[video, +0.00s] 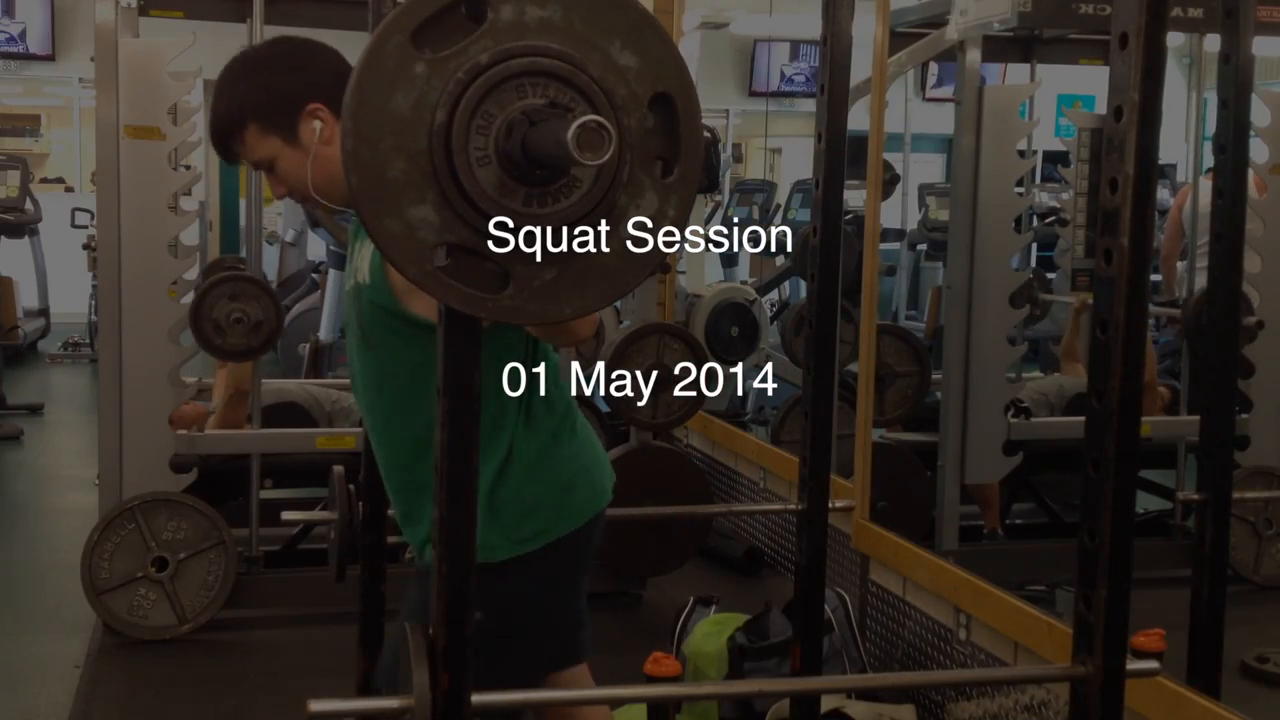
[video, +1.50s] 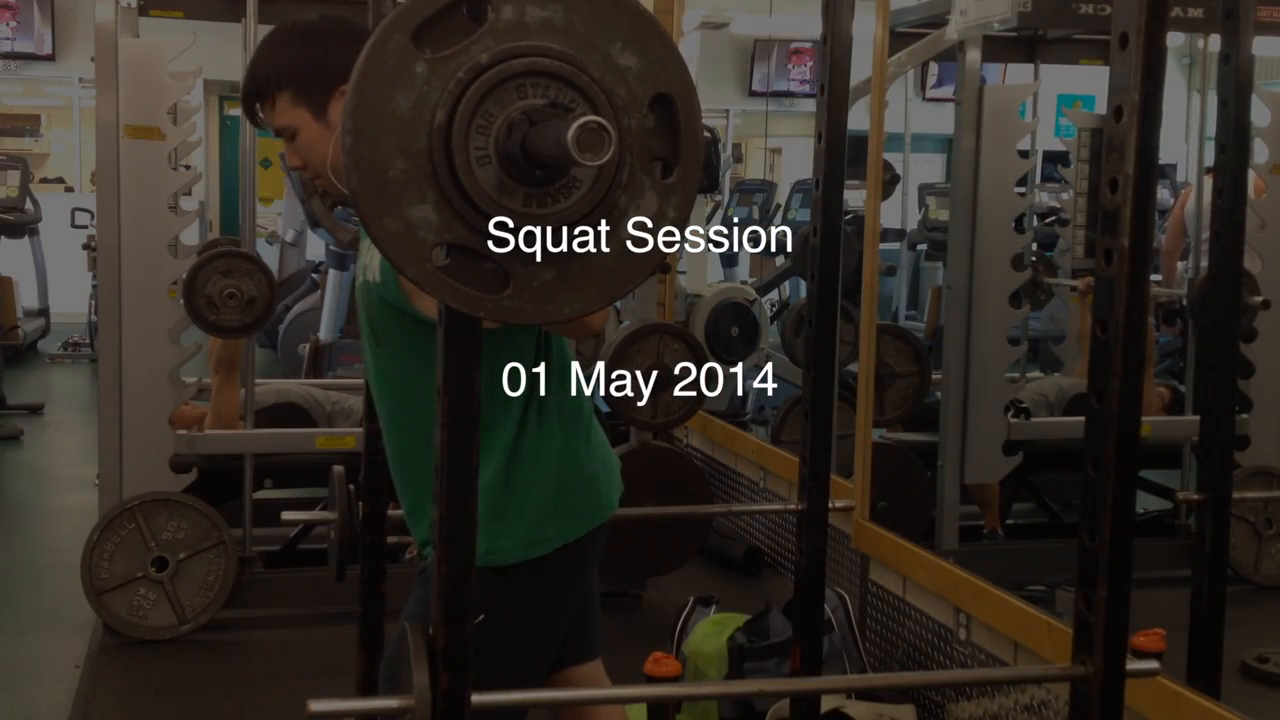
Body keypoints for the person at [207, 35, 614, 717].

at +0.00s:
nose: (277, 193)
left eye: (269, 166)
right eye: (262, 174)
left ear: (319, 125)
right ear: (322, 126)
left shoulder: (399, 233)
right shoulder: (376, 228)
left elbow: (570, 320)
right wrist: (226, 406)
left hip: (506, 520)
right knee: (564, 685)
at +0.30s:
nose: (297, 144)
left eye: (302, 119)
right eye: (291, 124)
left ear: (360, 100)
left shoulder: (413, 227)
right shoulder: (375, 225)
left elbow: (556, 339)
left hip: (500, 531)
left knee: (387, 697)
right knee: (553, 688)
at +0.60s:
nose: (296, 140)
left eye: (300, 114)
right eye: (290, 120)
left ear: (358, 97)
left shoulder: (402, 234)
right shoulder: (372, 227)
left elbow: (559, 334)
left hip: (488, 534)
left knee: (383, 705)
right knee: (557, 684)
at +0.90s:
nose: (293, 136)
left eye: (296, 111)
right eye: (287, 116)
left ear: (353, 96)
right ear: (342, 103)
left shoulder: (403, 231)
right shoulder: (381, 224)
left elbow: (572, 328)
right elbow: (566, 326)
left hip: (492, 528)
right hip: (543, 496)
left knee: (406, 699)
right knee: (571, 678)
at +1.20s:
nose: (291, 153)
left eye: (293, 128)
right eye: (282, 136)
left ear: (348, 103)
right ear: (341, 108)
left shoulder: (409, 224)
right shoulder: (387, 223)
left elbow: (583, 321)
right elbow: (581, 319)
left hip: (513, 511)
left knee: (456, 691)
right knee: (578, 670)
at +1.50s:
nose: (290, 157)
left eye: (291, 132)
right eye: (280, 140)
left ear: (347, 104)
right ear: (343, 110)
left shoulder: (403, 217)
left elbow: (588, 318)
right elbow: (588, 317)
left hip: (507, 515)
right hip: (557, 492)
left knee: (447, 695)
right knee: (578, 679)